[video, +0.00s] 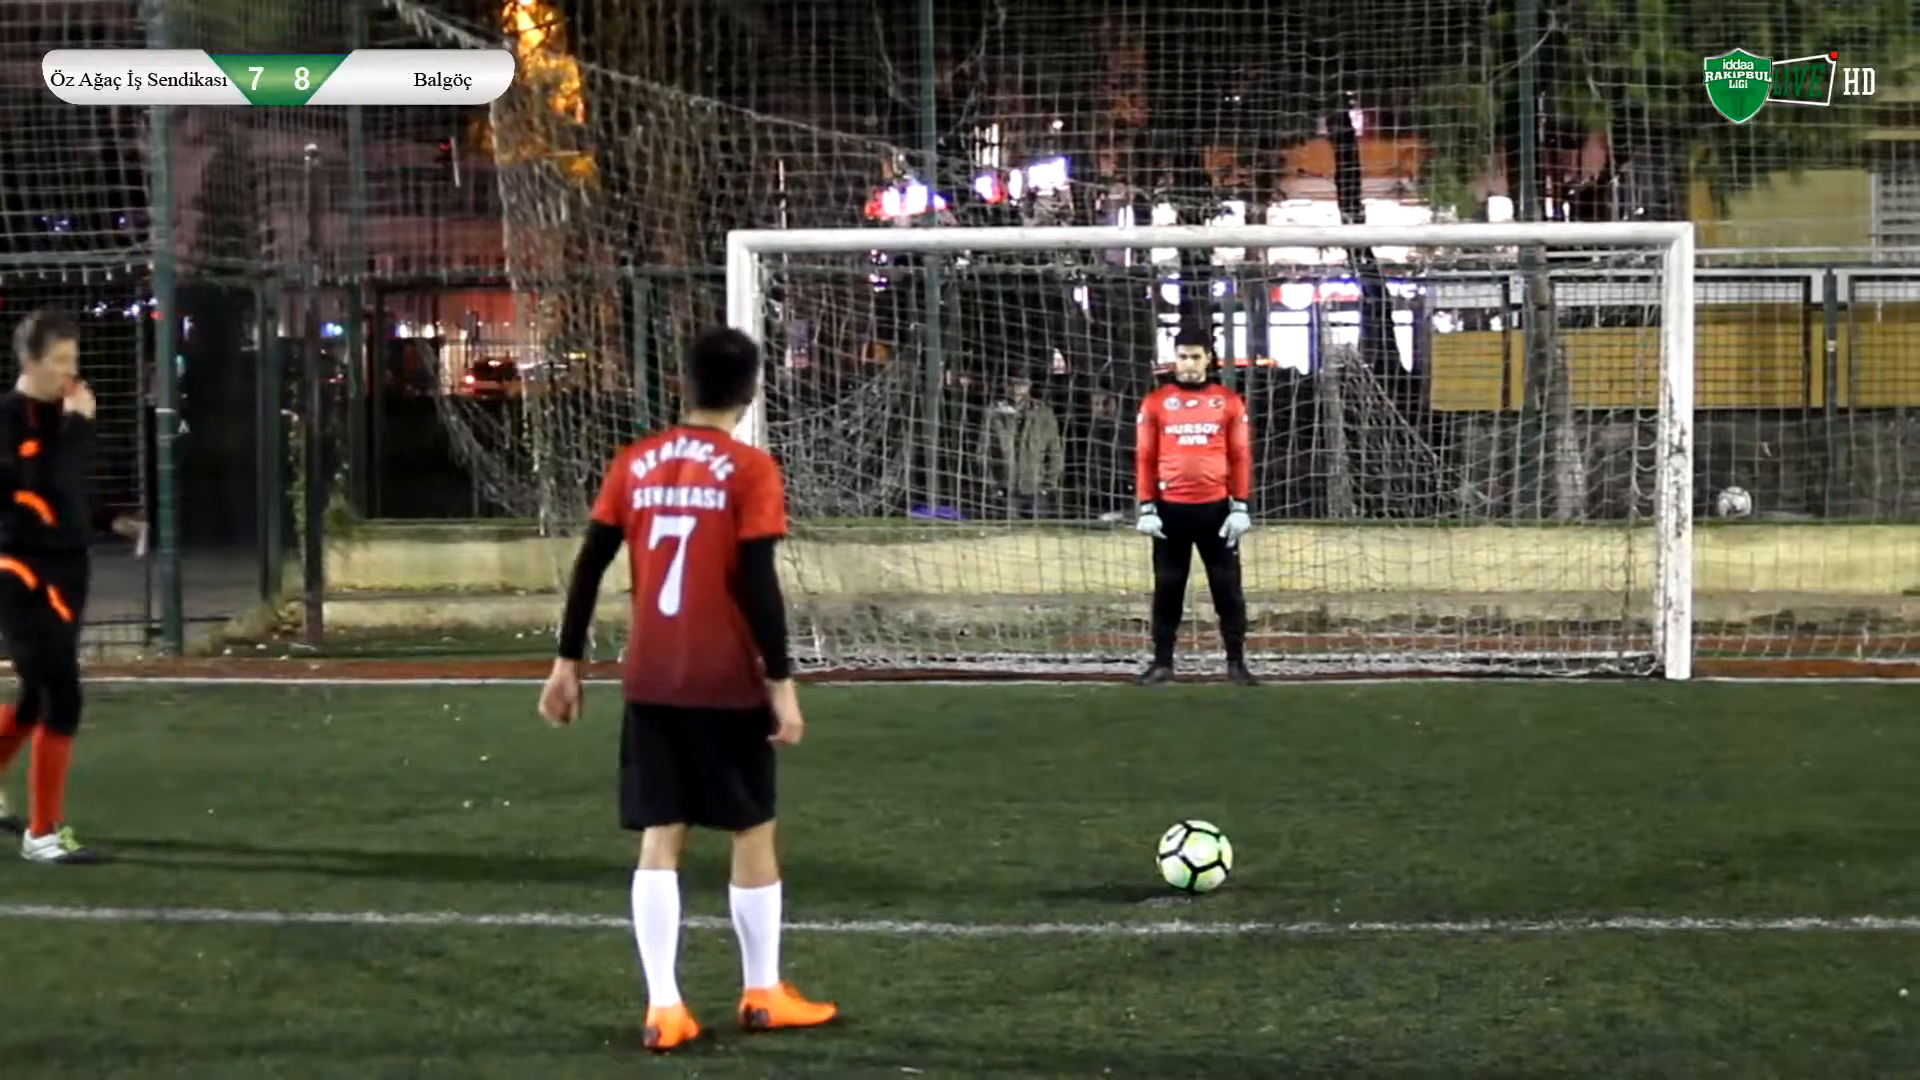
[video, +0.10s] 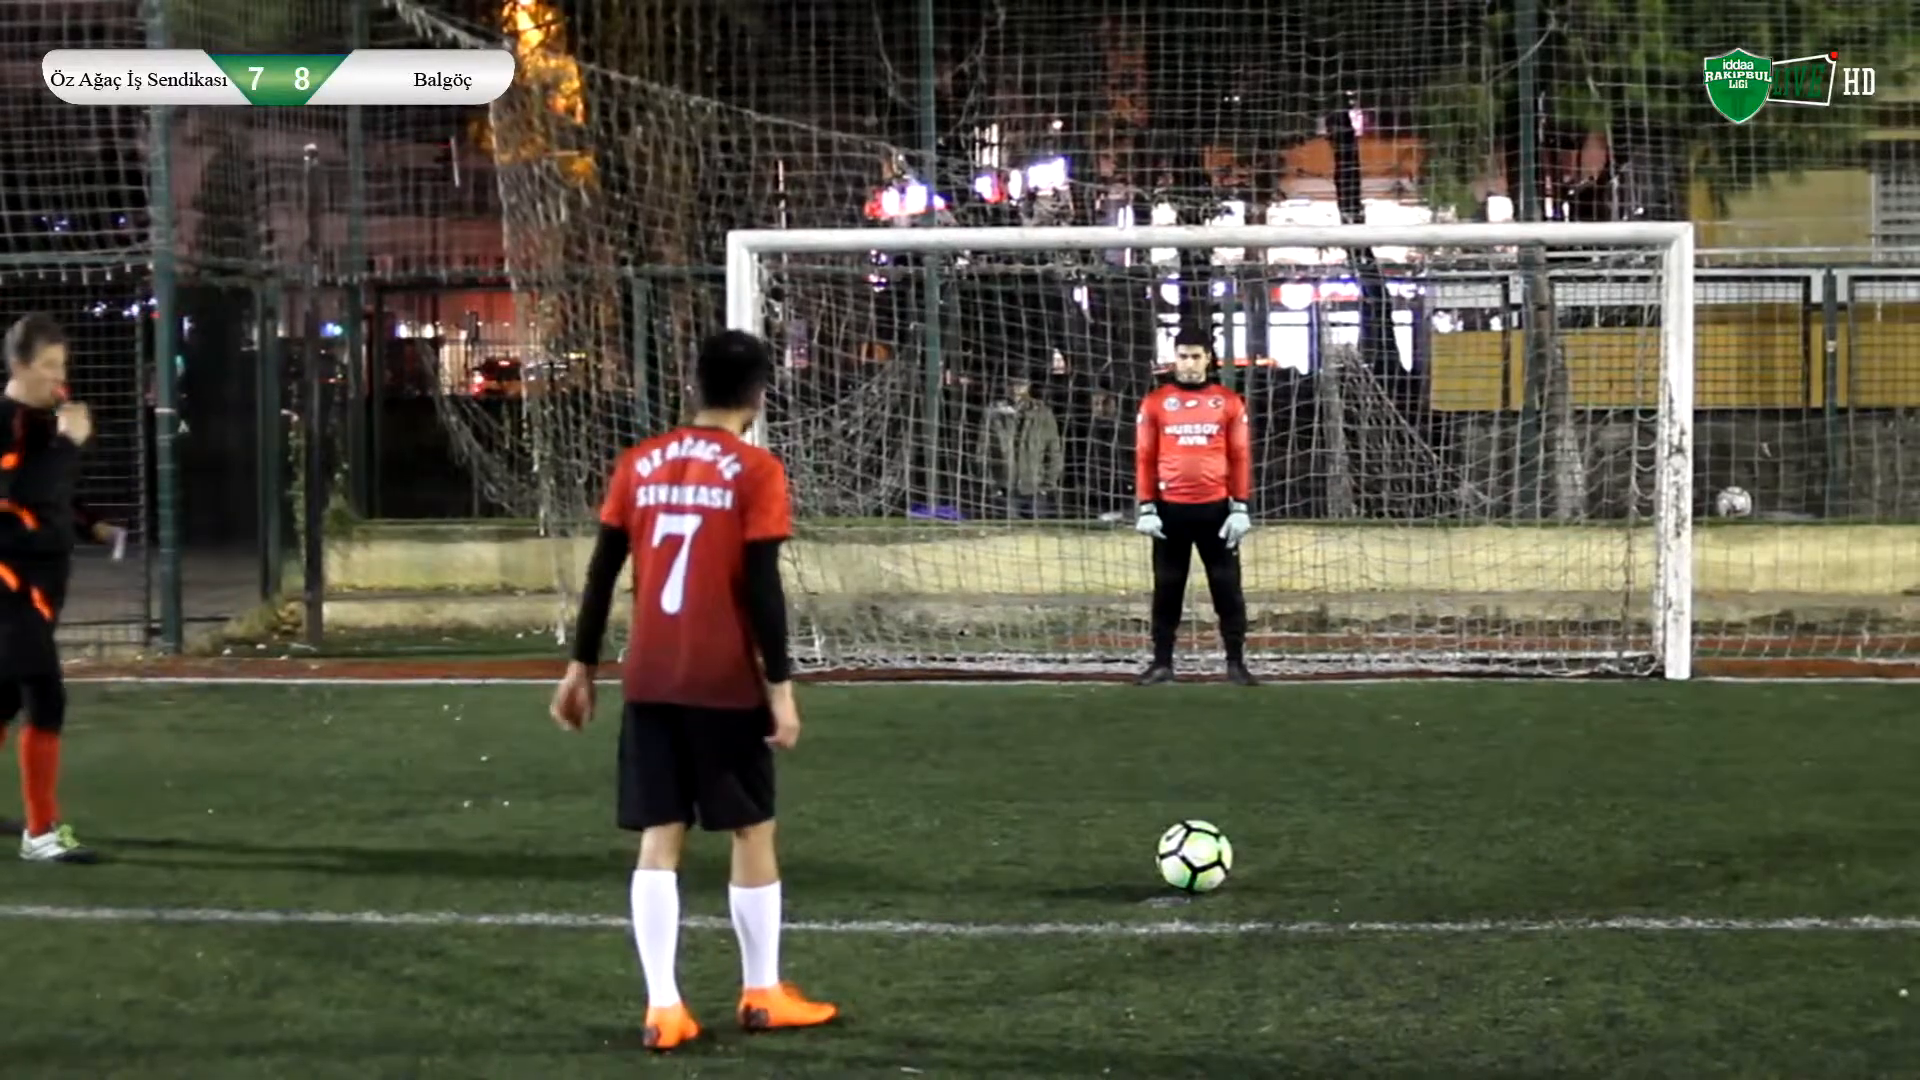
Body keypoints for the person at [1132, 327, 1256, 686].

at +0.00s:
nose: (1189, 364)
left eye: (1196, 357)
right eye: (1183, 356)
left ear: (1209, 359)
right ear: (1174, 359)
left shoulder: (1229, 402)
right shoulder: (1154, 403)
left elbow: (1241, 455)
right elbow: (1145, 456)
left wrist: (1240, 504)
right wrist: (1146, 505)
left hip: (1216, 506)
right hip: (1170, 507)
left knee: (1228, 589)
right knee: (1167, 588)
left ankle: (1236, 662)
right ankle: (1162, 662)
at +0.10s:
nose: (1189, 364)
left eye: (1196, 356)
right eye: (1183, 356)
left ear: (1209, 359)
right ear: (1174, 359)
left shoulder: (1229, 402)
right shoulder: (1154, 403)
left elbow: (1240, 456)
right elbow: (1145, 457)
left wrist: (1240, 505)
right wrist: (1146, 505)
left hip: (1216, 507)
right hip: (1170, 508)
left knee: (1227, 589)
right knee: (1166, 589)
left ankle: (1235, 662)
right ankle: (1162, 662)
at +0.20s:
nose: (1189, 363)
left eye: (1196, 356)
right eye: (1182, 356)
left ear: (1209, 359)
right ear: (1173, 359)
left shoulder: (1229, 402)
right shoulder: (1154, 403)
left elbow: (1240, 456)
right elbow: (1144, 457)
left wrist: (1240, 505)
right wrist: (1145, 505)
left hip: (1216, 507)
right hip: (1170, 508)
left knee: (1228, 589)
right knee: (1166, 589)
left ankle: (1235, 662)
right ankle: (1162, 662)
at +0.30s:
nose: (1190, 363)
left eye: (1197, 356)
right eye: (1184, 356)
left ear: (1210, 360)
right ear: (1175, 359)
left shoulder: (1230, 402)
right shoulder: (1154, 403)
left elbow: (1241, 456)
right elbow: (1145, 457)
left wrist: (1241, 506)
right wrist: (1146, 505)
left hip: (1217, 507)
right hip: (1171, 508)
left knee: (1228, 589)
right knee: (1167, 589)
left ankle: (1235, 662)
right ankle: (1162, 662)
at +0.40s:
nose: (1189, 364)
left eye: (1196, 357)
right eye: (1183, 356)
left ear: (1209, 360)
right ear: (1174, 359)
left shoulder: (1229, 403)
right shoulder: (1153, 403)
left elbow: (1240, 457)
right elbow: (1144, 457)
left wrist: (1240, 506)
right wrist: (1145, 506)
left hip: (1216, 508)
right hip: (1169, 509)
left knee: (1227, 590)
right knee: (1166, 590)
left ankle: (1234, 662)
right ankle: (1161, 662)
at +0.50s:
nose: (1192, 363)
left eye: (1199, 356)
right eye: (1186, 356)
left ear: (1212, 360)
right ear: (1177, 359)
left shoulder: (1233, 402)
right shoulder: (1157, 402)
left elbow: (1243, 455)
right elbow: (1148, 456)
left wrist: (1243, 505)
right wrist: (1148, 506)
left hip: (1220, 507)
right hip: (1174, 509)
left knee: (1231, 590)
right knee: (1170, 589)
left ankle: (1237, 661)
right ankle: (1164, 661)